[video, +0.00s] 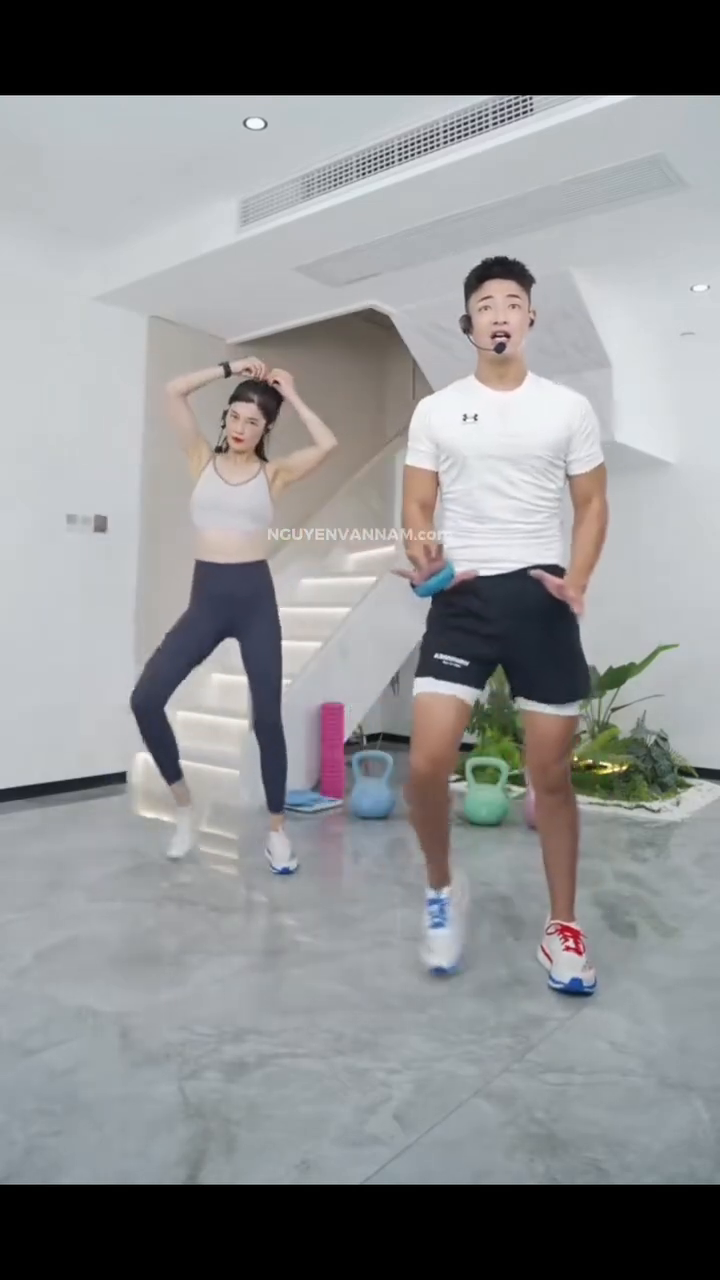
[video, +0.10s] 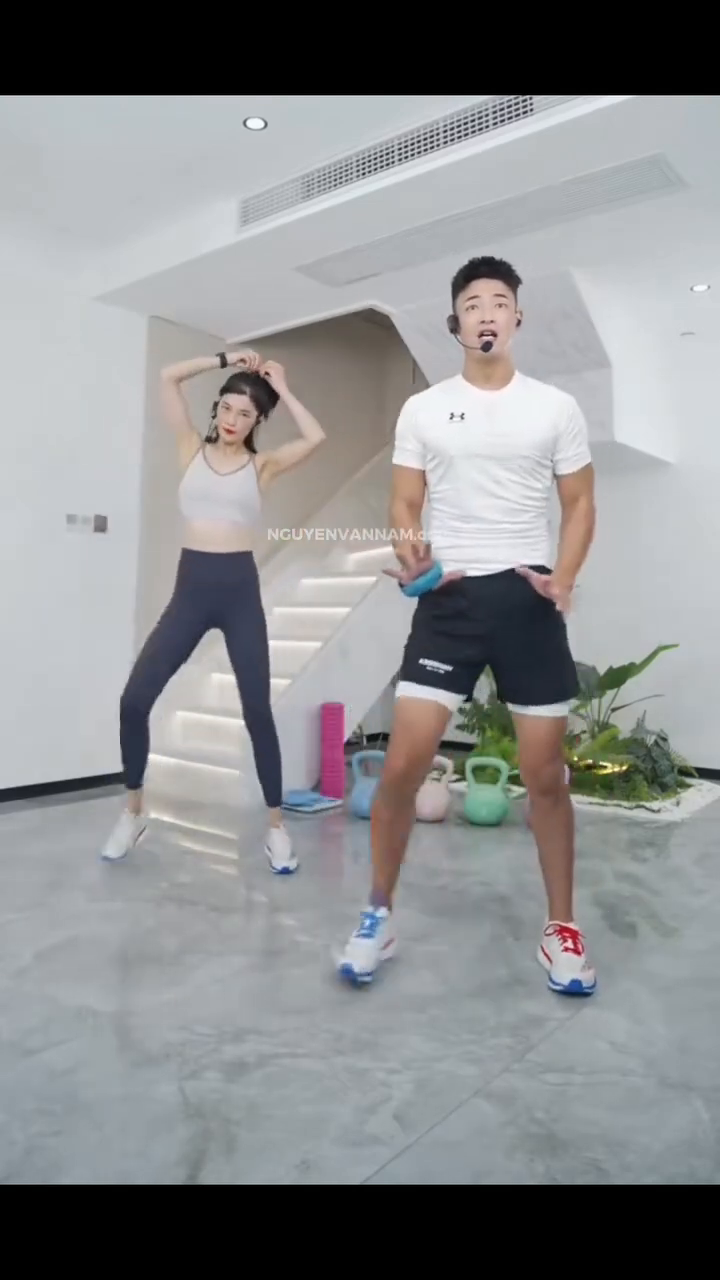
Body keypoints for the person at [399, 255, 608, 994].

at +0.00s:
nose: (499, 316)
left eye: (512, 305)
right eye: (486, 306)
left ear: (531, 318)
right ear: (468, 322)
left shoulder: (568, 409)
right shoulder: (436, 411)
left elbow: (592, 507)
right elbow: (416, 513)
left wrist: (577, 582)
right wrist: (423, 552)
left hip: (541, 602)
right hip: (459, 601)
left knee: (551, 777)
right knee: (425, 768)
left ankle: (563, 927)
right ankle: (440, 888)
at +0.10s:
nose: (486, 316)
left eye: (498, 304)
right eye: (473, 306)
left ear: (518, 319)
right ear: (456, 322)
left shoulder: (557, 410)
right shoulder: (422, 411)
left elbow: (579, 506)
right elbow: (403, 508)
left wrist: (564, 579)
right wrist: (409, 543)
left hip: (529, 603)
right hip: (445, 603)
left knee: (547, 777)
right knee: (399, 768)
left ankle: (562, 929)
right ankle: (377, 913)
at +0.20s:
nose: (465, 317)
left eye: (478, 306)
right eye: (453, 307)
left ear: (498, 321)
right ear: (434, 323)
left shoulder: (535, 412)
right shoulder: (399, 411)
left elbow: (557, 509)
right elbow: (383, 512)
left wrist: (544, 578)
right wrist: (391, 555)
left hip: (508, 606)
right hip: (423, 607)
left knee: (534, 778)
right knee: (384, 766)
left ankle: (559, 930)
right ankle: (338, 925)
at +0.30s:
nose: (438, 317)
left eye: (451, 306)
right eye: (425, 307)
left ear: (470, 320)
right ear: (407, 324)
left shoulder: (506, 412)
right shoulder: (372, 410)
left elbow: (528, 509)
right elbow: (356, 508)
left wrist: (518, 579)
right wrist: (365, 557)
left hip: (476, 604)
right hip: (394, 604)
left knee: (517, 782)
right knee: (365, 764)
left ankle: (552, 929)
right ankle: (333, 935)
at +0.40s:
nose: (416, 317)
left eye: (428, 305)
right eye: (403, 306)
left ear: (449, 319)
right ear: (384, 322)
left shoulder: (487, 411)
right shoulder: (351, 409)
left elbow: (509, 503)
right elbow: (329, 502)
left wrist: (502, 571)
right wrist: (333, 549)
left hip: (456, 605)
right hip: (372, 605)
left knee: (502, 770)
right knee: (347, 765)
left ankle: (517, 912)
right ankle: (331, 936)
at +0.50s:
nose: (405, 313)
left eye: (419, 301)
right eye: (391, 302)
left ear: (438, 317)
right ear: (374, 320)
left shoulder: (476, 407)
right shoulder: (338, 404)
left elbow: (499, 494)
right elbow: (316, 492)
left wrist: (490, 555)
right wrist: (316, 542)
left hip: (442, 599)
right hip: (359, 600)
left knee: (471, 768)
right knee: (343, 766)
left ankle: (457, 890)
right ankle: (331, 936)